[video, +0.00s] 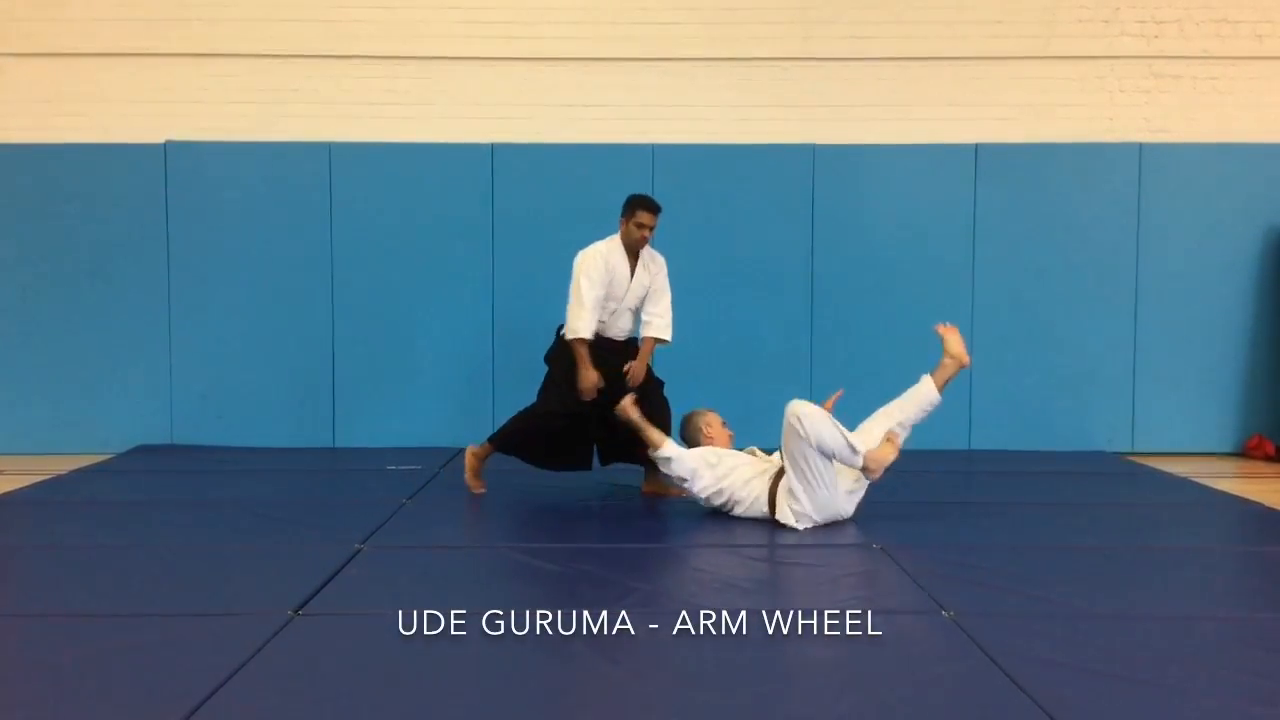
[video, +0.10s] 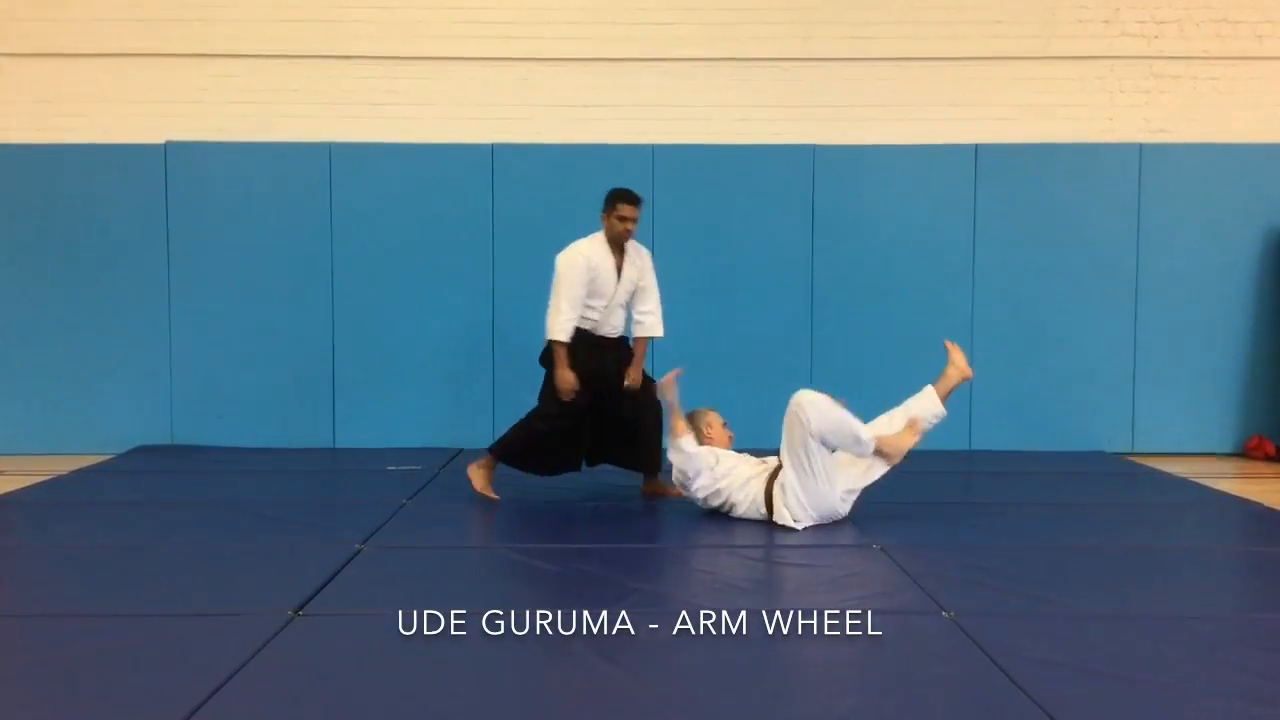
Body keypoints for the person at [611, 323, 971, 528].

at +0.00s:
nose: (727, 427)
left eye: (724, 422)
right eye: (718, 424)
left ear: (720, 431)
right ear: (701, 435)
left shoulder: (748, 457)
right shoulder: (697, 463)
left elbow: (792, 465)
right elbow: (663, 448)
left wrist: (820, 423)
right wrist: (635, 420)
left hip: (831, 496)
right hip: (800, 505)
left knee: (882, 424)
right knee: (799, 412)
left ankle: (949, 366)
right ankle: (868, 462)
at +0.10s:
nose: (728, 430)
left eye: (726, 425)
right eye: (719, 426)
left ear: (721, 434)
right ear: (698, 435)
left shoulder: (738, 463)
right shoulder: (700, 463)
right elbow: (680, 445)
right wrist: (671, 406)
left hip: (821, 497)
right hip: (794, 502)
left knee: (877, 437)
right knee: (803, 405)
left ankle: (947, 383)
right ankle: (880, 447)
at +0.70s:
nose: (823, 374)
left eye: (822, 369)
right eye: (821, 369)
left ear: (786, 372)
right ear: (814, 368)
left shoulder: (763, 429)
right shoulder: (812, 386)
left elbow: (781, 490)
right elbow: (872, 402)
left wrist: (835, 453)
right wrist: (932, 408)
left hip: (830, 509)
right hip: (839, 476)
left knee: (893, 466)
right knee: (920, 423)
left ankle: (946, 491)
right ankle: (926, 499)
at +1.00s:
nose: (886, 357)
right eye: (884, 354)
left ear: (850, 358)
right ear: (881, 355)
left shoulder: (825, 390)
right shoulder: (885, 368)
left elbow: (802, 445)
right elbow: (945, 395)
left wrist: (805, 490)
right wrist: (960, 417)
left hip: (838, 490)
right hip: (863, 452)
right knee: (962, 445)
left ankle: (941, 514)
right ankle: (916, 513)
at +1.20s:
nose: (851, 345)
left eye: (851, 341)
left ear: (855, 342)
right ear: (884, 334)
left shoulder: (845, 375)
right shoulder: (904, 344)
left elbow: (821, 433)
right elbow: (964, 366)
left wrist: (810, 483)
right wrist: (979, 395)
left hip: (896, 443)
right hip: (932, 414)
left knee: (921, 494)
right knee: (1011, 443)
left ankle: (946, 495)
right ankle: (974, 475)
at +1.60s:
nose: (875, 274)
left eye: (880, 266)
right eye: (877, 266)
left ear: (897, 268)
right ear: (906, 268)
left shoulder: (886, 311)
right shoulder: (951, 294)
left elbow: (898, 363)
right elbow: (994, 338)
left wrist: (909, 418)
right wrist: (1021, 382)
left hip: (944, 405)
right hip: (986, 393)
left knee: (936, 488)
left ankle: (994, 489)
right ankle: (966, 497)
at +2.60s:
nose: (708, 183)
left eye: (715, 175)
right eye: (708, 176)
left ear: (741, 177)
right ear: (728, 180)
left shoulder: (766, 229)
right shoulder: (725, 228)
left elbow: (750, 282)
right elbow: (728, 271)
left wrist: (701, 295)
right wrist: (701, 252)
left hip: (758, 338)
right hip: (723, 336)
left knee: (752, 425)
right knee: (668, 401)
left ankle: (789, 509)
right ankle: (634, 485)